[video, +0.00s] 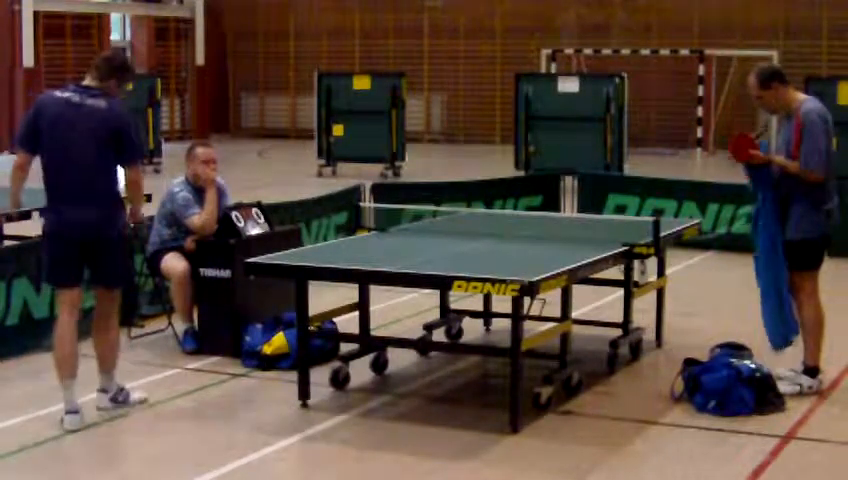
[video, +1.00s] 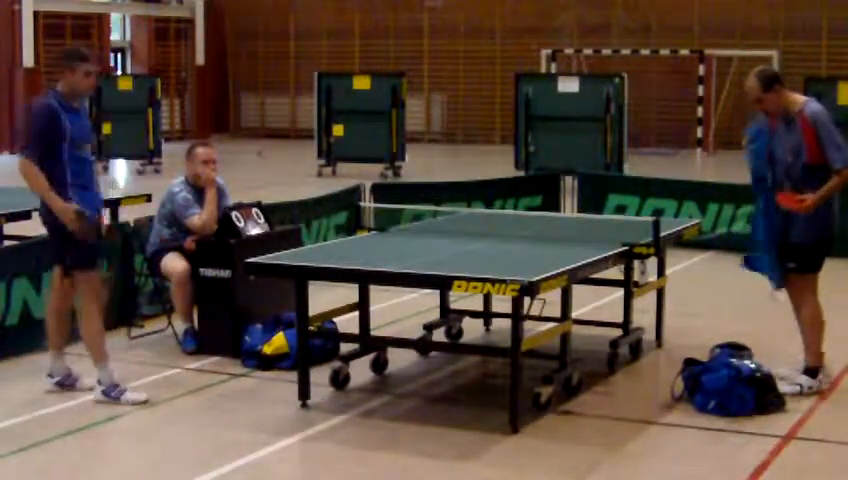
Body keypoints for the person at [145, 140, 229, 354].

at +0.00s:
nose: (212, 168)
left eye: (214, 163)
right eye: (206, 163)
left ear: (217, 164)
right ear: (190, 166)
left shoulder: (218, 187)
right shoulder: (179, 192)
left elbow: (224, 223)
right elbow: (205, 226)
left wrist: (197, 237)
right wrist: (211, 189)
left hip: (199, 241)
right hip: (166, 244)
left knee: (226, 262)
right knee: (181, 269)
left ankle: (221, 320)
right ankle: (188, 327)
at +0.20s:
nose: (212, 168)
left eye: (214, 163)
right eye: (206, 163)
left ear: (217, 164)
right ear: (190, 166)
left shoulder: (218, 187)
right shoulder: (178, 191)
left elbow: (225, 221)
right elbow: (205, 226)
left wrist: (198, 236)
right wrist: (211, 189)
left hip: (200, 242)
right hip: (167, 246)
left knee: (229, 262)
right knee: (181, 270)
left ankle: (226, 322)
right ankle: (189, 327)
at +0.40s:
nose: (212, 168)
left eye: (214, 163)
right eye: (206, 163)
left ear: (217, 164)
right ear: (190, 166)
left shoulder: (218, 187)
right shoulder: (178, 191)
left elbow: (225, 221)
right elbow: (204, 226)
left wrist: (199, 236)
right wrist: (211, 189)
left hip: (201, 241)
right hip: (170, 245)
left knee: (229, 262)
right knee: (182, 270)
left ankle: (226, 321)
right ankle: (188, 327)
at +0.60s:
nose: (212, 168)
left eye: (214, 163)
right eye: (206, 163)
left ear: (217, 164)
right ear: (190, 166)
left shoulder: (218, 187)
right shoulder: (178, 190)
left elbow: (225, 221)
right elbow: (204, 226)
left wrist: (198, 236)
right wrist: (211, 189)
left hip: (200, 239)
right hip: (168, 241)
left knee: (228, 262)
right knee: (182, 270)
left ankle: (226, 321)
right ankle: (188, 327)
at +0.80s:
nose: (211, 168)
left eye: (213, 163)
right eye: (205, 163)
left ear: (216, 165)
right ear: (189, 166)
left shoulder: (217, 187)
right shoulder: (178, 192)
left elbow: (226, 222)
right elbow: (205, 226)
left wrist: (198, 237)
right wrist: (211, 189)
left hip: (201, 240)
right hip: (169, 243)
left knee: (229, 261)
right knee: (181, 270)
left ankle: (225, 321)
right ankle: (188, 327)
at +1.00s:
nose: (212, 168)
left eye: (214, 163)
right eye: (205, 163)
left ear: (217, 164)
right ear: (190, 166)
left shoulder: (217, 187)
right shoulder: (178, 192)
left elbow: (224, 223)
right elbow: (204, 227)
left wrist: (197, 238)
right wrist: (211, 189)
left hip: (199, 241)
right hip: (166, 245)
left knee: (227, 262)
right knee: (181, 270)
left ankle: (223, 321)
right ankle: (189, 328)